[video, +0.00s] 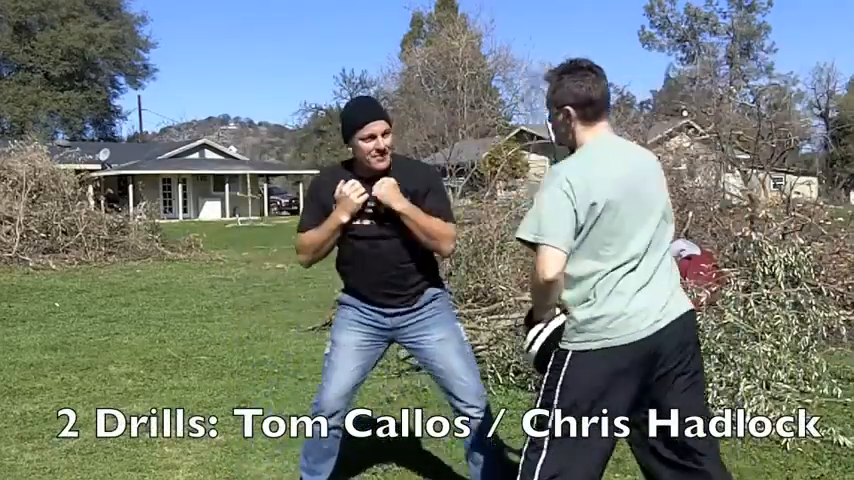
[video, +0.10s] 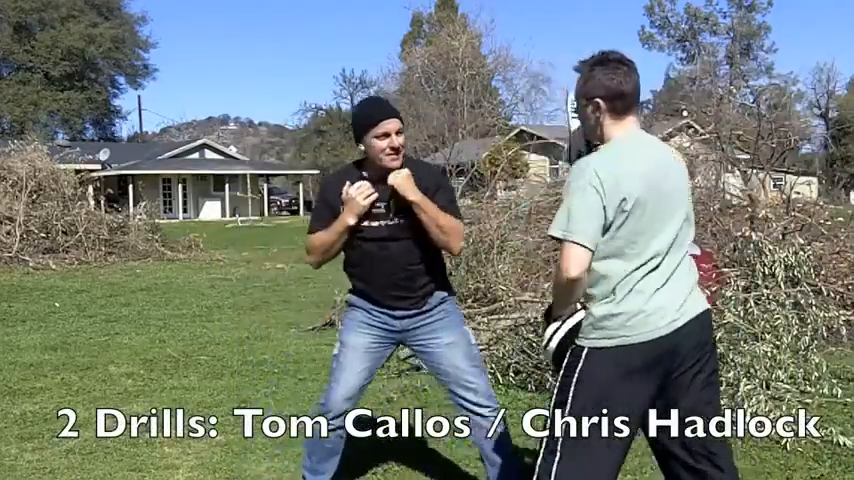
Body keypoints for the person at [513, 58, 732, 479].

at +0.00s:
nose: (550, 124)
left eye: (550, 114)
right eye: (549, 114)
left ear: (567, 116)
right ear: (606, 107)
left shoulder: (568, 177)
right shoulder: (645, 160)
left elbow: (549, 273)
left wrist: (541, 311)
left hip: (599, 346)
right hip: (672, 329)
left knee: (556, 465)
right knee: (690, 456)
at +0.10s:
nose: (578, 114)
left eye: (580, 104)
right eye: (579, 105)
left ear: (596, 107)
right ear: (634, 101)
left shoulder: (593, 169)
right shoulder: (669, 157)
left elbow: (572, 270)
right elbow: (673, 239)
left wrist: (560, 308)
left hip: (616, 343)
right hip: (688, 329)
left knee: (572, 465)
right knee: (703, 458)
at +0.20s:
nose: (593, 109)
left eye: (595, 99)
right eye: (593, 99)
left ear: (613, 103)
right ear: (651, 98)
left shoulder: (612, 165)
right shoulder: (679, 154)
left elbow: (590, 270)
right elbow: (672, 238)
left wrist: (570, 307)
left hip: (624, 343)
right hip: (695, 330)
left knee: (582, 464)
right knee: (707, 459)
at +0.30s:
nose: (597, 106)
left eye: (600, 97)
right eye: (598, 96)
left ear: (618, 102)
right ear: (656, 98)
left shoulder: (618, 164)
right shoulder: (681, 152)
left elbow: (596, 270)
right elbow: (670, 241)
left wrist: (571, 314)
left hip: (631, 345)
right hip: (698, 332)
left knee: (591, 466)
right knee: (706, 461)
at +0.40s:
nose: (601, 104)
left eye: (603, 95)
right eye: (601, 95)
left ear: (622, 101)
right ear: (661, 96)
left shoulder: (618, 165)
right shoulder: (684, 153)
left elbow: (592, 271)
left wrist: (567, 313)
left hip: (627, 346)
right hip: (697, 332)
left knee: (586, 467)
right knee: (706, 461)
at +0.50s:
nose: (606, 112)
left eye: (608, 101)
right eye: (606, 101)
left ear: (625, 103)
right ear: (666, 96)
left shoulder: (603, 167)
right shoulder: (702, 162)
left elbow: (571, 270)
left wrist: (555, 307)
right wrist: (684, 136)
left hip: (609, 347)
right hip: (689, 338)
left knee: (560, 463)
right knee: (705, 463)